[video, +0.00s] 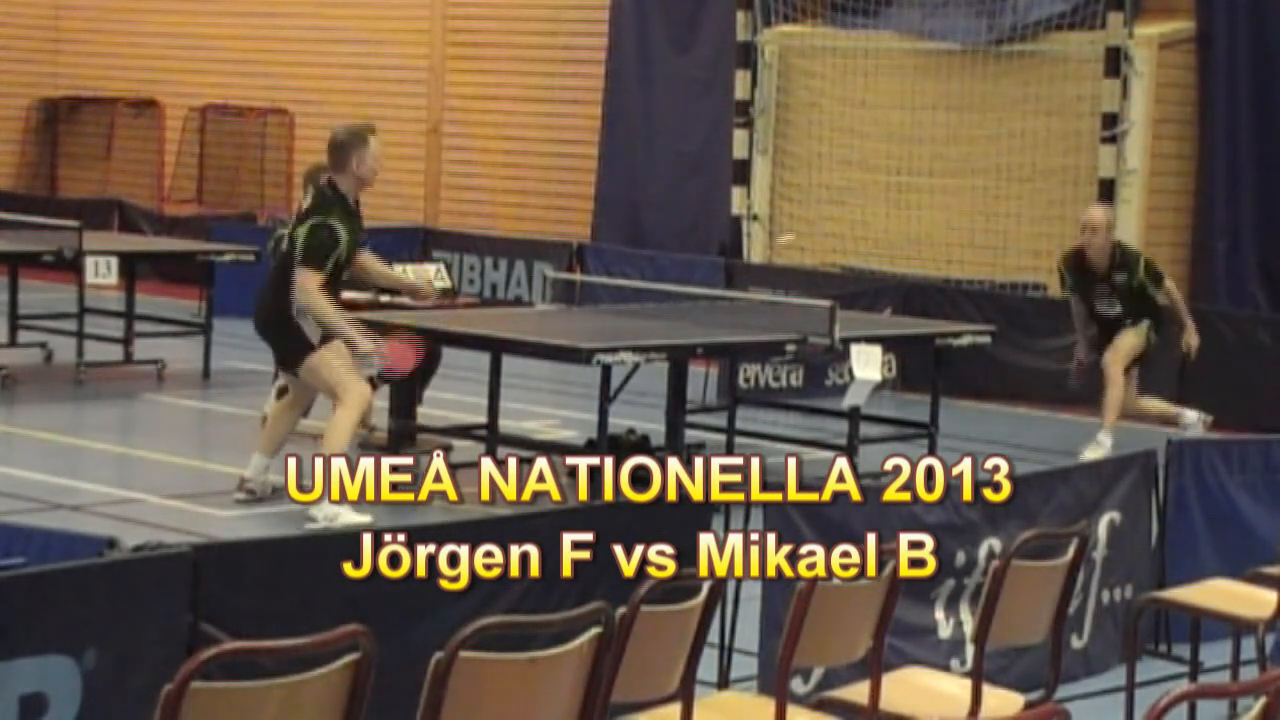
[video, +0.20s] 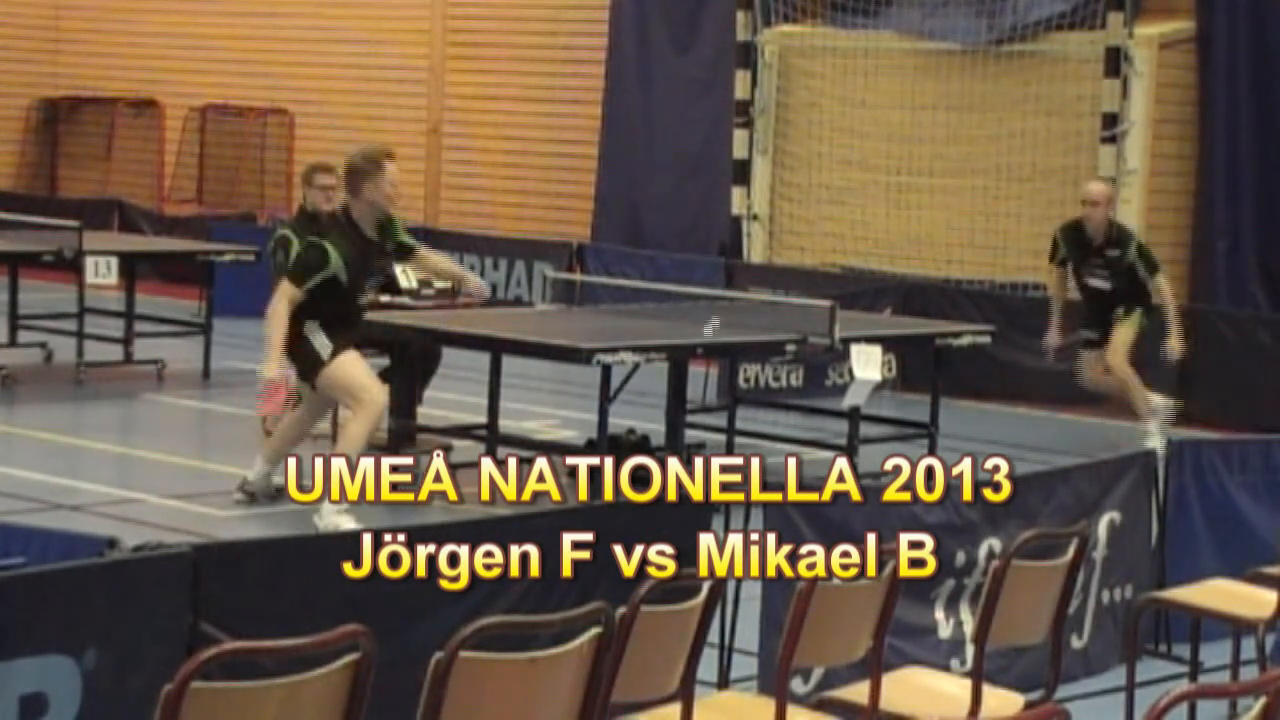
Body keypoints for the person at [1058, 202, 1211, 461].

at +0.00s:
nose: (1088, 238)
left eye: (1095, 231)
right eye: (1084, 230)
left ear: (1110, 233)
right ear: (1079, 232)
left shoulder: (1130, 259)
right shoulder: (1071, 263)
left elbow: (1168, 288)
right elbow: (1077, 307)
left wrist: (1189, 327)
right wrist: (1082, 343)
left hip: (1141, 321)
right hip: (1108, 328)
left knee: (1112, 361)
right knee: (1127, 404)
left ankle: (1104, 438)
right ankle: (1189, 417)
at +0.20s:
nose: (1088, 211)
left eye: (1095, 205)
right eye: (1085, 204)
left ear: (1110, 208)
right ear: (1079, 206)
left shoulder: (1125, 240)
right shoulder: (1067, 236)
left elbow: (1160, 282)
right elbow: (1058, 280)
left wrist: (1174, 334)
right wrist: (1055, 326)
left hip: (1130, 306)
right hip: (1095, 309)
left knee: (1115, 359)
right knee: (1091, 376)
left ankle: (1150, 425)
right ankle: (1155, 402)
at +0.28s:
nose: (1081, 212)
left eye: (1087, 206)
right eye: (1076, 205)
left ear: (1099, 207)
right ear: (1069, 207)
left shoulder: (1115, 242)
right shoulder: (1060, 239)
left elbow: (1146, 286)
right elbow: (1050, 286)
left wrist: (1149, 334)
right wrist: (1039, 329)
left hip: (1126, 312)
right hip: (1090, 314)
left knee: (1123, 363)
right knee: (1063, 370)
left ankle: (1153, 429)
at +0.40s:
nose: (1055, 202)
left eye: (1060, 194)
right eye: (1049, 195)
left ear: (1070, 196)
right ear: (1041, 199)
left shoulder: (1091, 229)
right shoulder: (1037, 233)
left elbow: (1124, 275)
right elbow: (1030, 282)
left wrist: (1118, 311)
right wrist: (1019, 317)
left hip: (1106, 305)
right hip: (1070, 304)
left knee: (1122, 363)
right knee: (1043, 366)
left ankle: (1151, 428)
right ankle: (1057, 413)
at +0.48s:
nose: (1037, 193)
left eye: (1042, 187)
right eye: (1031, 187)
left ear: (1053, 188)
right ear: (1025, 191)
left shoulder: (1075, 220)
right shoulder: (1021, 224)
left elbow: (1108, 262)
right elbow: (1017, 272)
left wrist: (1102, 298)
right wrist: (1007, 306)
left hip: (1088, 295)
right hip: (1053, 295)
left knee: (1103, 354)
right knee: (1032, 362)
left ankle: (1134, 423)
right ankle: (1056, 414)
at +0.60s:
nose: (1010, 188)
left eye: (1015, 182)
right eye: (1005, 182)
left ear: (1029, 183)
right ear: (1001, 186)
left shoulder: (1052, 212)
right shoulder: (1002, 218)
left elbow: (1085, 249)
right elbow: (998, 265)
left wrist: (1068, 290)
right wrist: (988, 299)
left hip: (1062, 288)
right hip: (1025, 288)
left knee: (1075, 349)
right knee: (999, 341)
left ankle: (1092, 403)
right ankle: (1031, 393)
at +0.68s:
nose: (995, 193)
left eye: (1000, 186)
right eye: (990, 187)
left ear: (1014, 187)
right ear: (986, 191)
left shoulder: (1038, 217)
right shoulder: (988, 224)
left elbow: (1063, 259)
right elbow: (985, 274)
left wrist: (1046, 299)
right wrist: (970, 305)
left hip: (1048, 293)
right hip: (1010, 293)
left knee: (1064, 363)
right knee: (973, 338)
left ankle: (1086, 406)